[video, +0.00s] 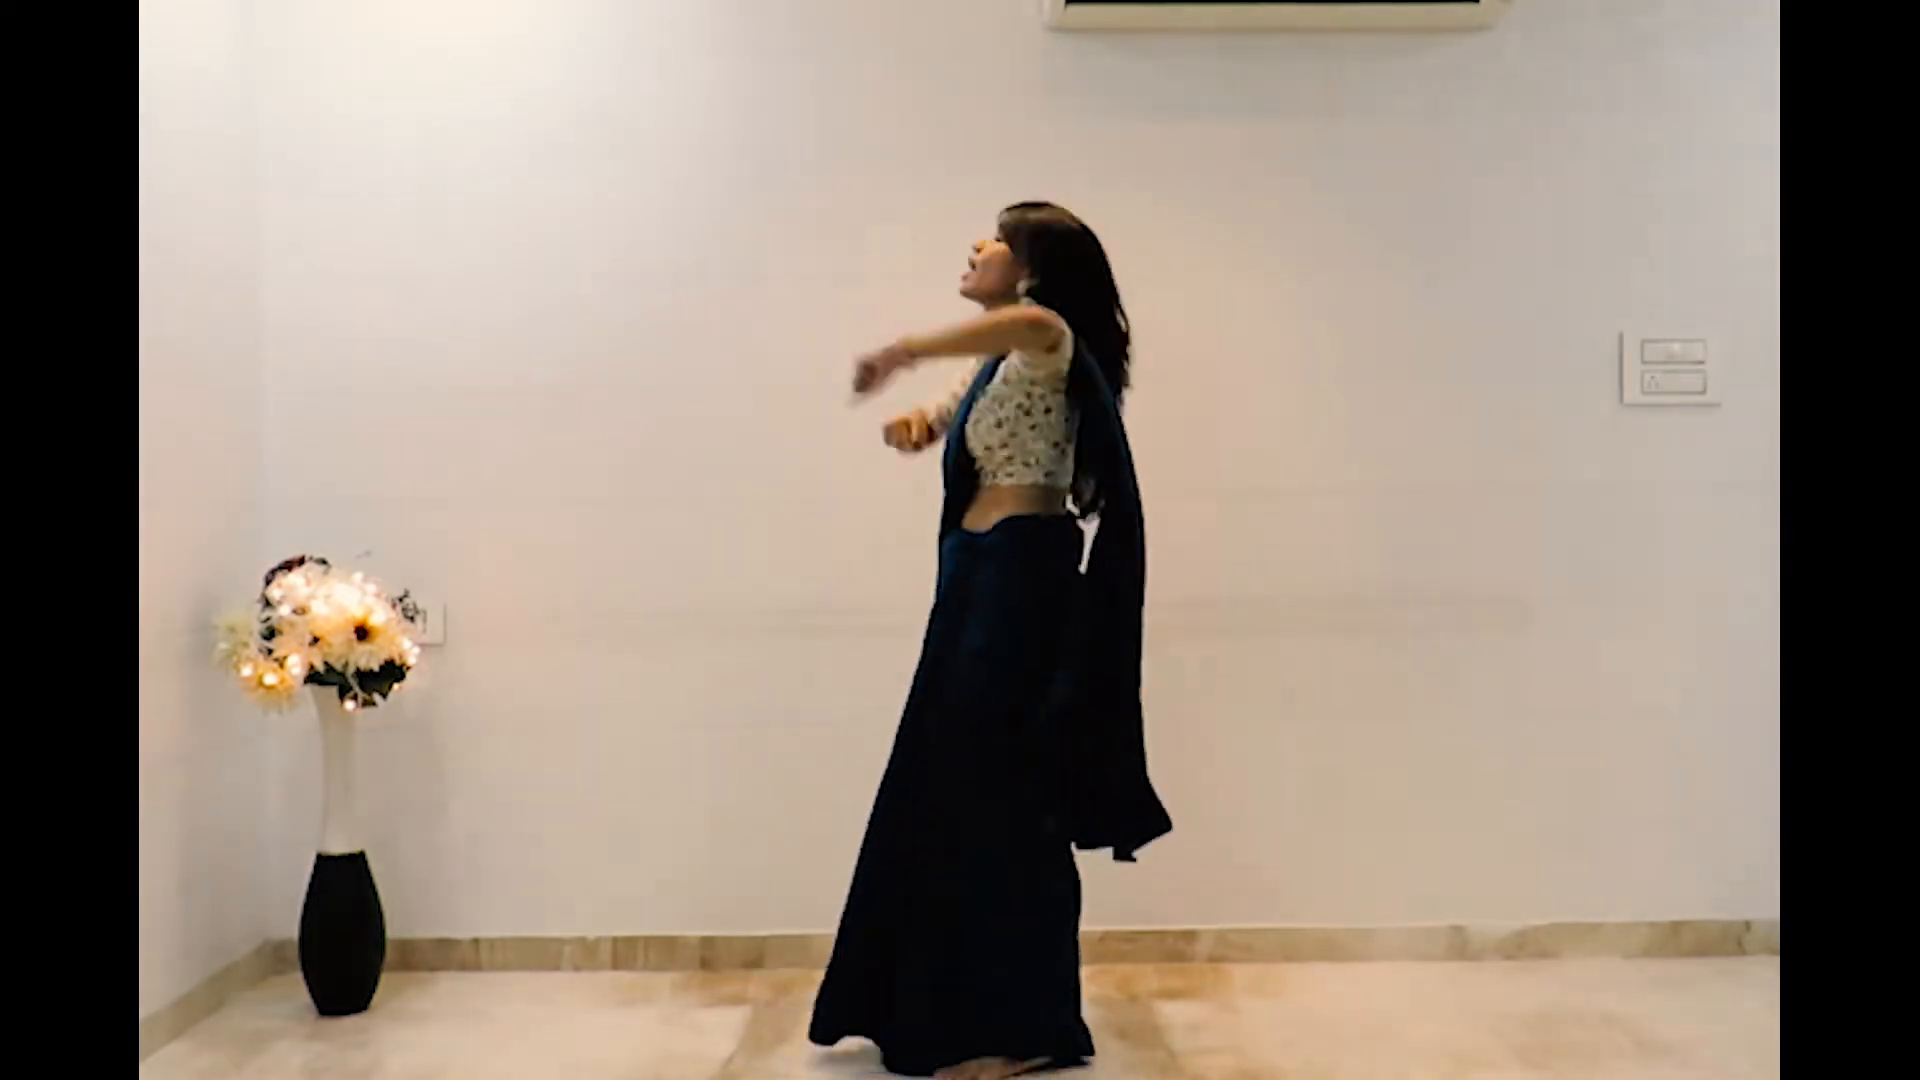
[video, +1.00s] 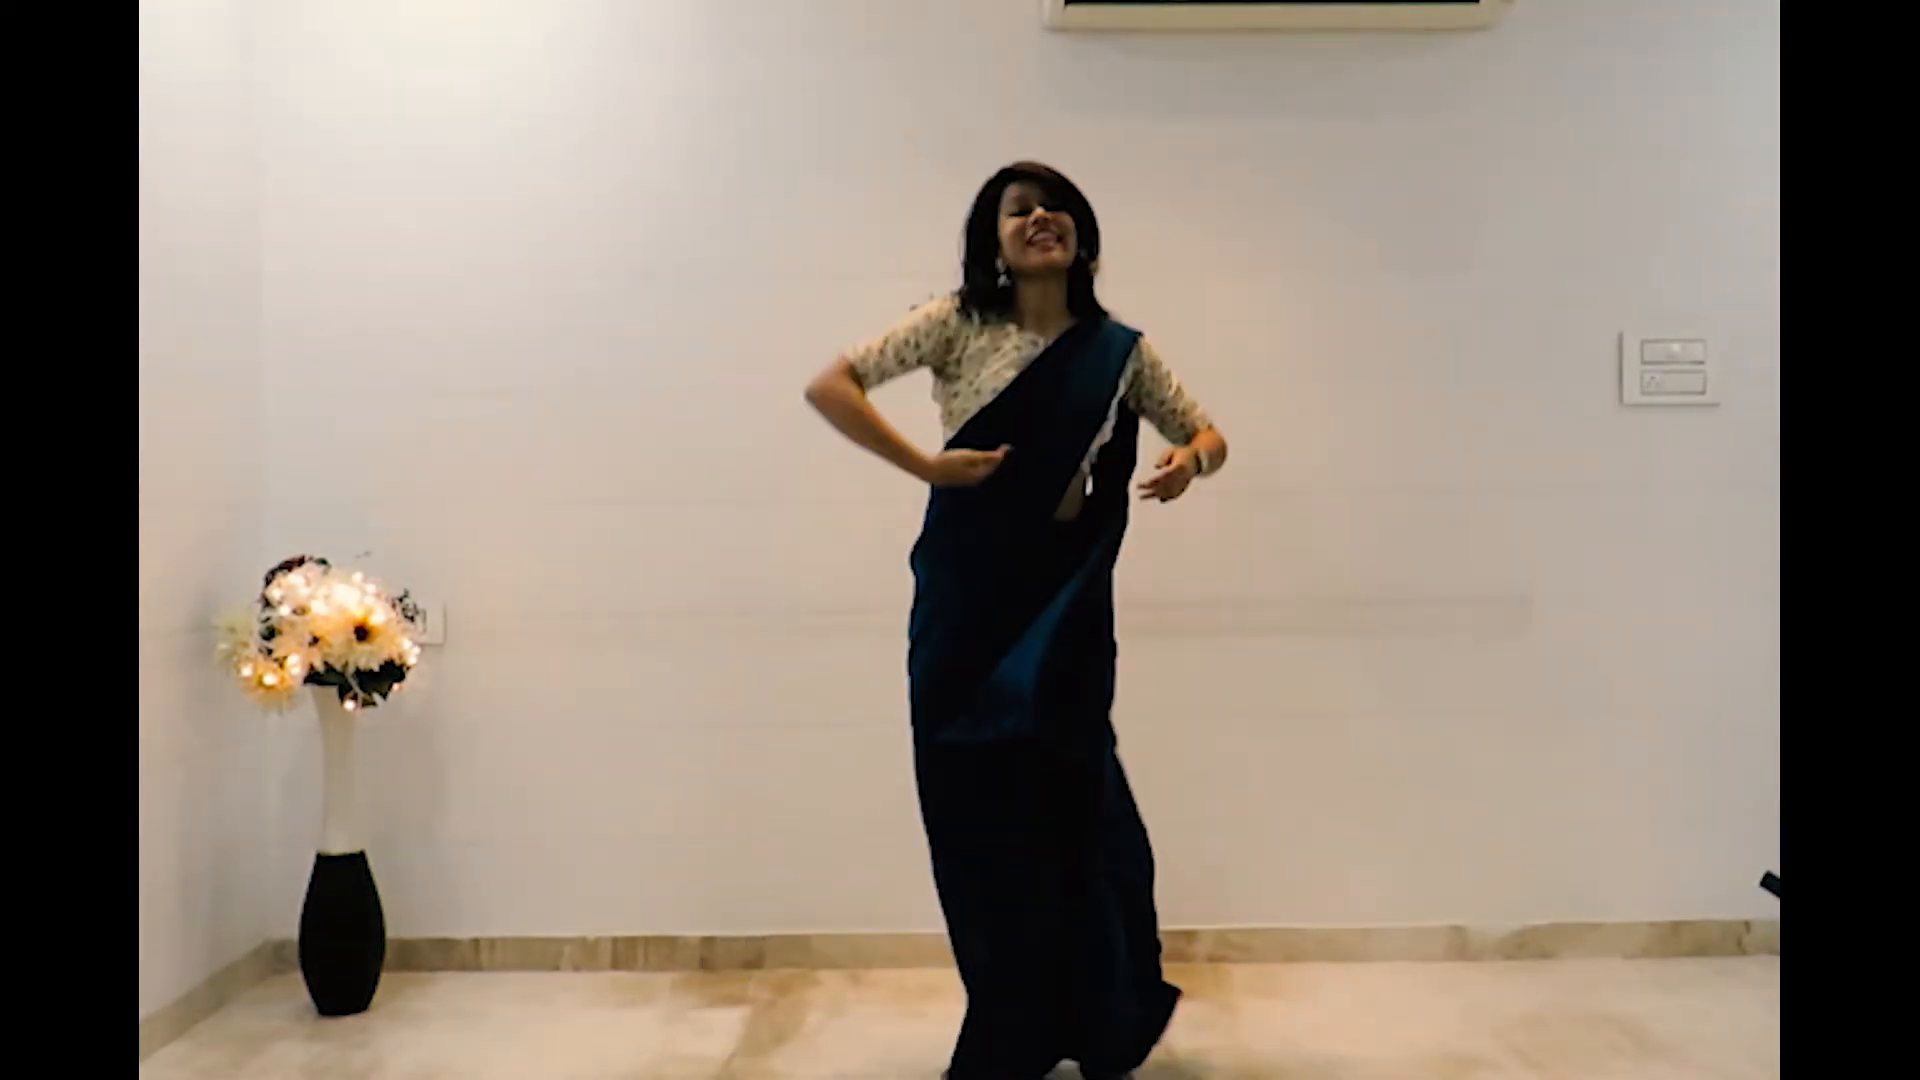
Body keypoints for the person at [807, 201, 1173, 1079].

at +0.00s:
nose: (972, 256)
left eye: (988, 247)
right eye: (979, 243)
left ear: (1029, 270)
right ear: (1018, 269)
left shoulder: (1047, 333)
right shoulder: (1005, 356)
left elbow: (1008, 330)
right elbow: (963, 405)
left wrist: (902, 351)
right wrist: (925, 424)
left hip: (1023, 581)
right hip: (989, 582)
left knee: (987, 795)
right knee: (982, 796)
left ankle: (1009, 1026)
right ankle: (999, 1019)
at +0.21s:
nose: (978, 280)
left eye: (990, 272)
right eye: (986, 267)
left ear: (1014, 301)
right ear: (1061, 305)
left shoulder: (971, 389)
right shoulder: (1065, 374)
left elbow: (864, 405)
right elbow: (956, 353)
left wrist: (923, 297)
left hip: (1001, 627)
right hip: (1068, 611)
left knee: (917, 797)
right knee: (1004, 804)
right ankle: (1014, 998)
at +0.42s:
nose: (980, 284)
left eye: (992, 273)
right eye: (987, 270)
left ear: (1013, 294)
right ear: (1071, 298)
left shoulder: (1008, 385)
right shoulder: (1063, 369)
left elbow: (885, 412)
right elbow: (965, 373)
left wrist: (896, 301)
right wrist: (898, 350)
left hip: (997, 624)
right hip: (1040, 610)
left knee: (900, 798)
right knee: (971, 803)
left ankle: (874, 1013)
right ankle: (987, 997)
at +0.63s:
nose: (1038, 238)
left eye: (1060, 235)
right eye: (1027, 226)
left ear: (1078, 271)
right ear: (998, 251)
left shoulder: (1067, 347)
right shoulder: (985, 355)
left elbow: (969, 394)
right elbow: (876, 424)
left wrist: (957, 269)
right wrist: (857, 324)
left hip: (1052, 603)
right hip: (995, 603)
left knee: (1019, 799)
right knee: (981, 798)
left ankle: (1115, 1019)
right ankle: (981, 1014)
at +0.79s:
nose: (1038, 270)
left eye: (1058, 263)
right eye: (1024, 257)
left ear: (1078, 292)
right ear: (993, 279)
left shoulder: (1100, 386)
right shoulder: (959, 387)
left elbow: (1104, 508)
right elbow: (908, 521)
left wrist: (987, 462)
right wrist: (939, 465)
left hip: (1081, 639)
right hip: (988, 638)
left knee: (1085, 838)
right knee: (983, 835)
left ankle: (1099, 1049)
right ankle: (988, 1047)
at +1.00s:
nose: (1041, 217)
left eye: (1056, 206)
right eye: (1020, 208)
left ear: (1081, 236)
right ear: (992, 239)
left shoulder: (1120, 347)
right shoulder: (956, 324)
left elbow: (1207, 438)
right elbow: (828, 387)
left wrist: (1188, 461)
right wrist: (924, 464)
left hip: (1067, 598)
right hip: (965, 594)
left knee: (1061, 790)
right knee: (972, 802)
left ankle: (1097, 1017)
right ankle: (1003, 1025)